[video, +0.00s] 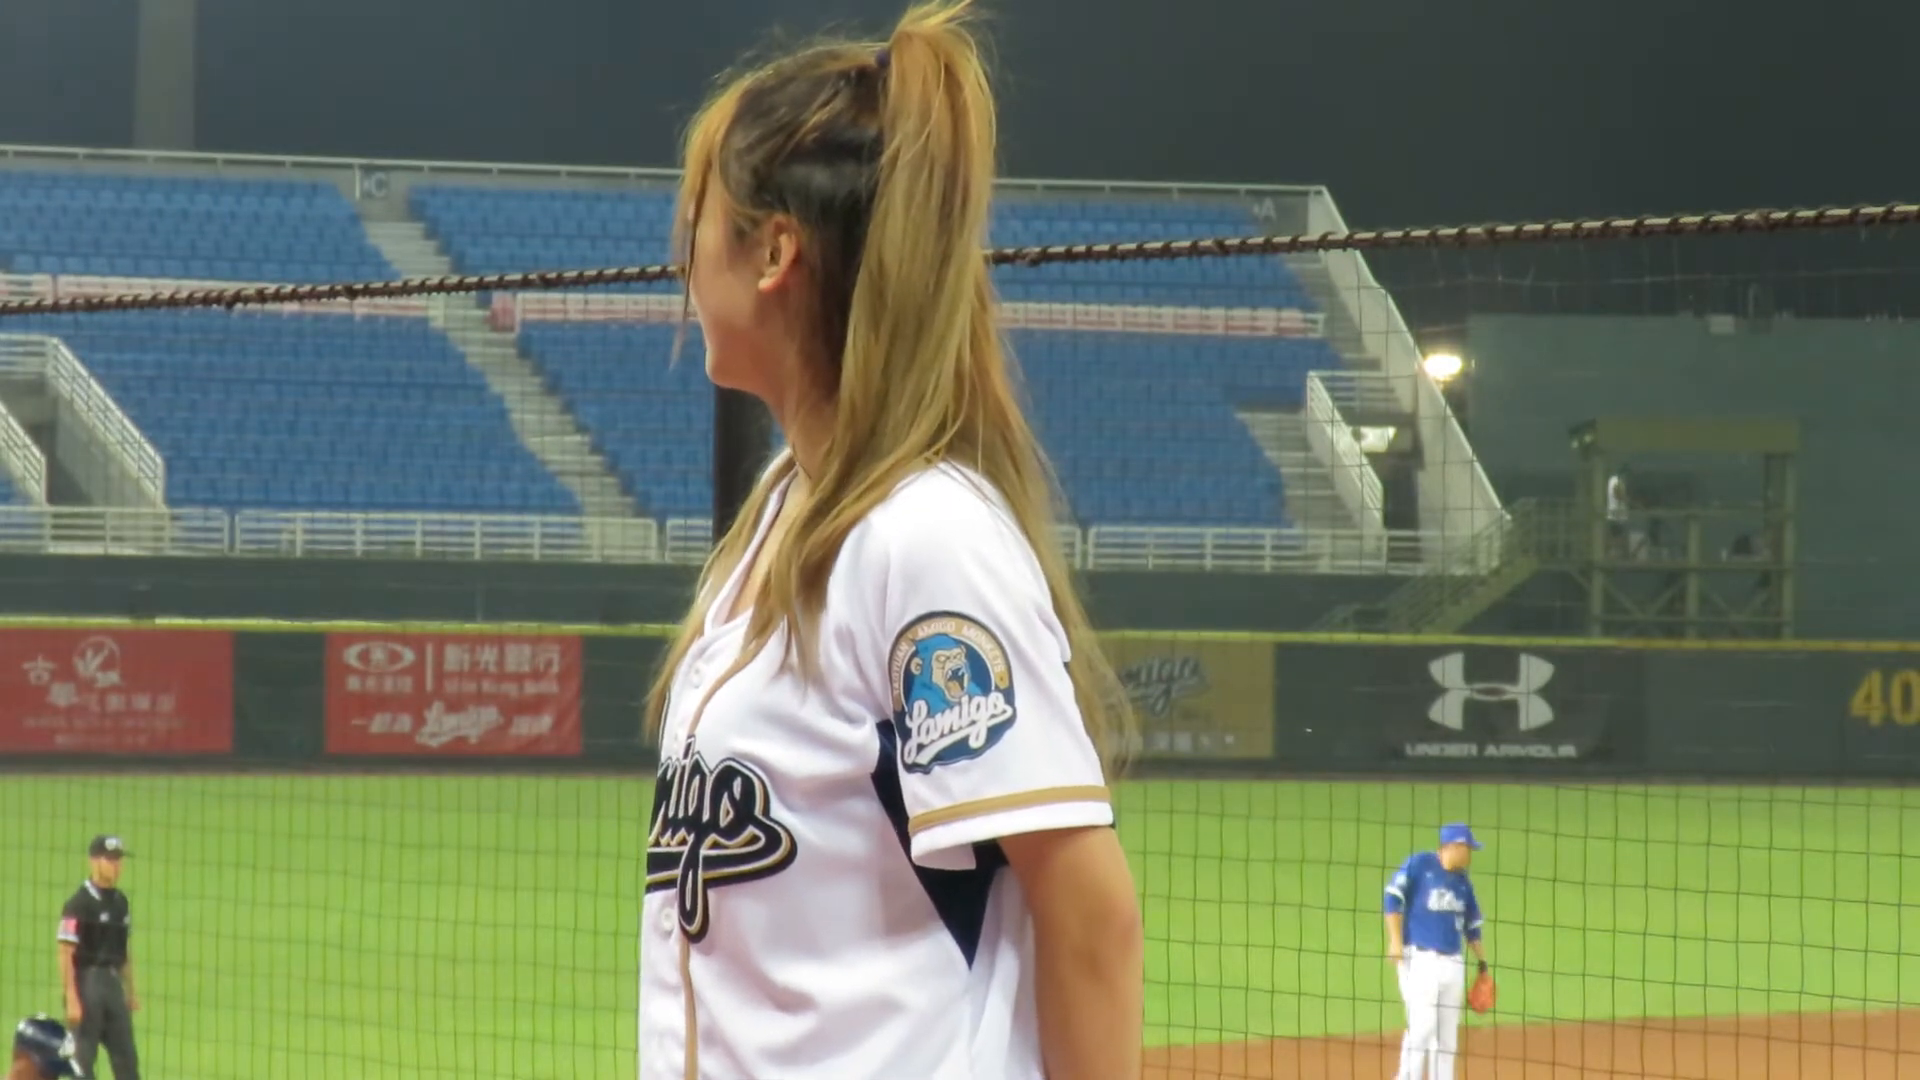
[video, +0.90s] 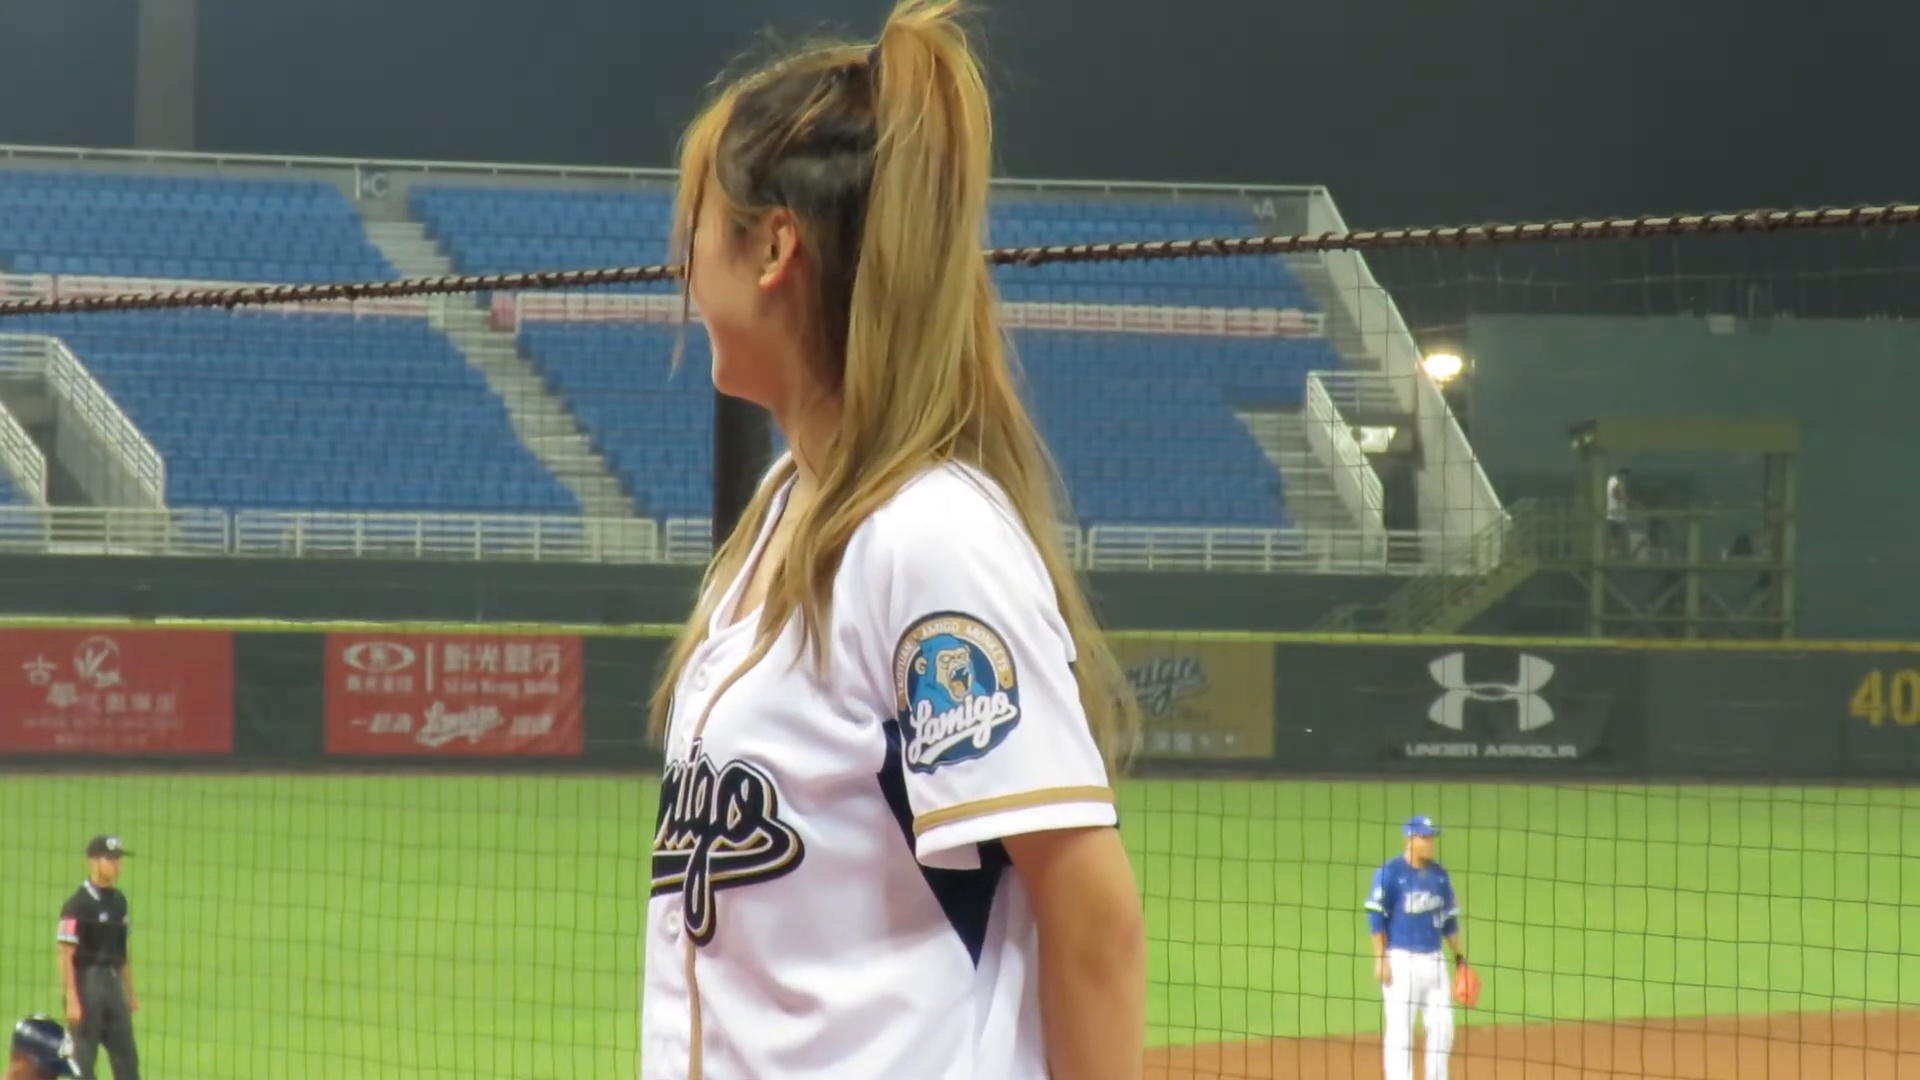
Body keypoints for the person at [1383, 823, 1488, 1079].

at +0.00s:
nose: (1470, 855)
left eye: (1470, 849)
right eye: (1466, 848)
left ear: (1460, 849)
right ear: (1450, 846)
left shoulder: (1463, 882)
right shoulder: (1420, 863)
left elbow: (1473, 928)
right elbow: (1393, 898)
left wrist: (1482, 966)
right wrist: (1396, 942)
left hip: (1452, 963)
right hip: (1419, 959)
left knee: (1447, 1035)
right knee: (1423, 1028)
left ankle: (1443, 1077)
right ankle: (1408, 1076)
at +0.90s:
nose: (1430, 843)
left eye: (1431, 838)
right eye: (1424, 838)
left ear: (1433, 841)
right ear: (1410, 840)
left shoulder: (1439, 874)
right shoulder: (1389, 873)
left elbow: (1449, 921)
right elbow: (1376, 916)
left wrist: (1460, 958)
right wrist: (1381, 957)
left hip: (1433, 960)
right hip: (1400, 959)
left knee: (1442, 1029)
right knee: (1399, 1032)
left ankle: (1436, 1076)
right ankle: (1398, 1076)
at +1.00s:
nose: (1429, 843)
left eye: (1431, 837)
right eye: (1424, 838)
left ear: (1434, 840)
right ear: (1410, 840)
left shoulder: (1440, 874)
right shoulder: (1390, 873)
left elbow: (1450, 921)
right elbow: (1379, 918)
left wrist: (1459, 958)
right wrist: (1382, 957)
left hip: (1436, 959)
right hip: (1403, 958)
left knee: (1440, 1028)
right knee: (1401, 1030)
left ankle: (1430, 1076)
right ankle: (1398, 1076)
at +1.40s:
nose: (1443, 843)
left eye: (1445, 838)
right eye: (1438, 838)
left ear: (1447, 841)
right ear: (1423, 839)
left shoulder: (1451, 873)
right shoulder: (1407, 871)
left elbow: (1460, 919)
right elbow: (1396, 912)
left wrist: (1467, 960)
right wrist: (1411, 952)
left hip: (1445, 961)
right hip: (1415, 958)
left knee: (1436, 1031)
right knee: (1416, 1027)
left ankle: (1428, 1075)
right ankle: (1405, 1075)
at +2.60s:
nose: (1422, 840)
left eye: (1423, 835)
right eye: (1416, 835)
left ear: (1426, 838)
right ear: (1403, 838)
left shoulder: (1434, 873)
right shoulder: (1385, 869)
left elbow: (1439, 919)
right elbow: (1373, 910)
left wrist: (1444, 957)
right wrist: (1382, 951)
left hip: (1428, 959)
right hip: (1395, 956)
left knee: (1428, 1034)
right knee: (1382, 1030)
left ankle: (1427, 1077)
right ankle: (1365, 1076)